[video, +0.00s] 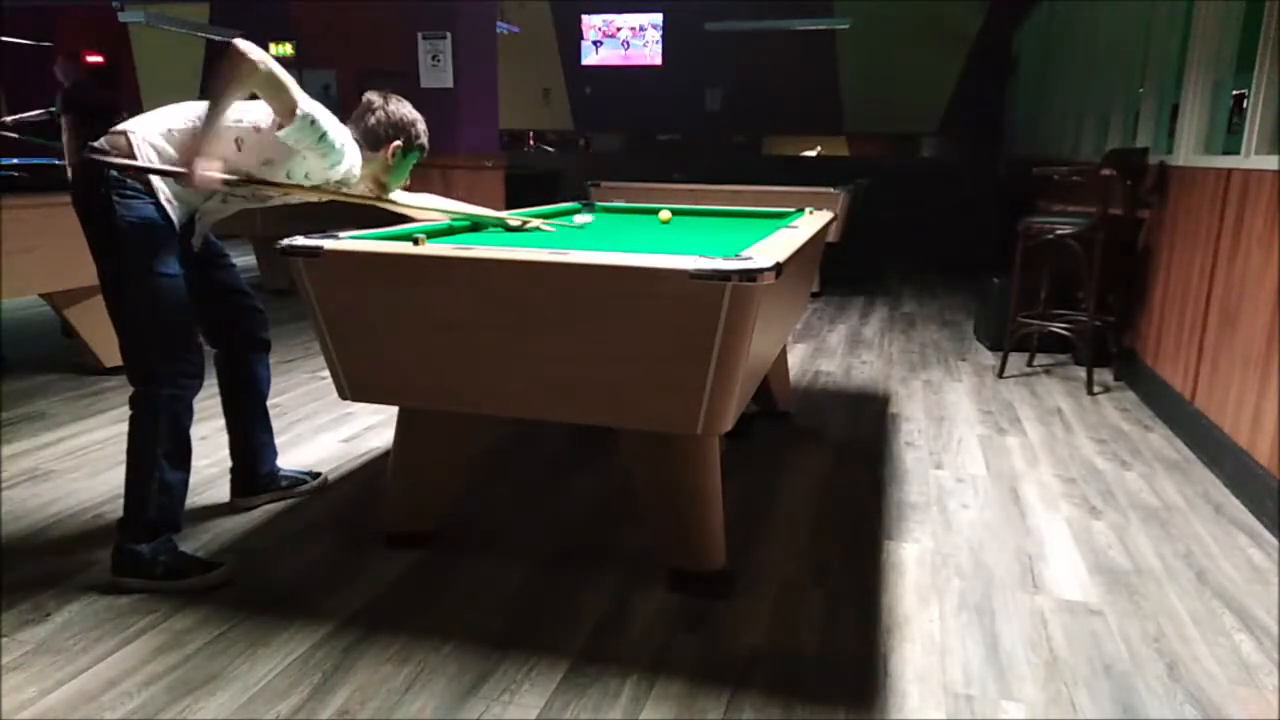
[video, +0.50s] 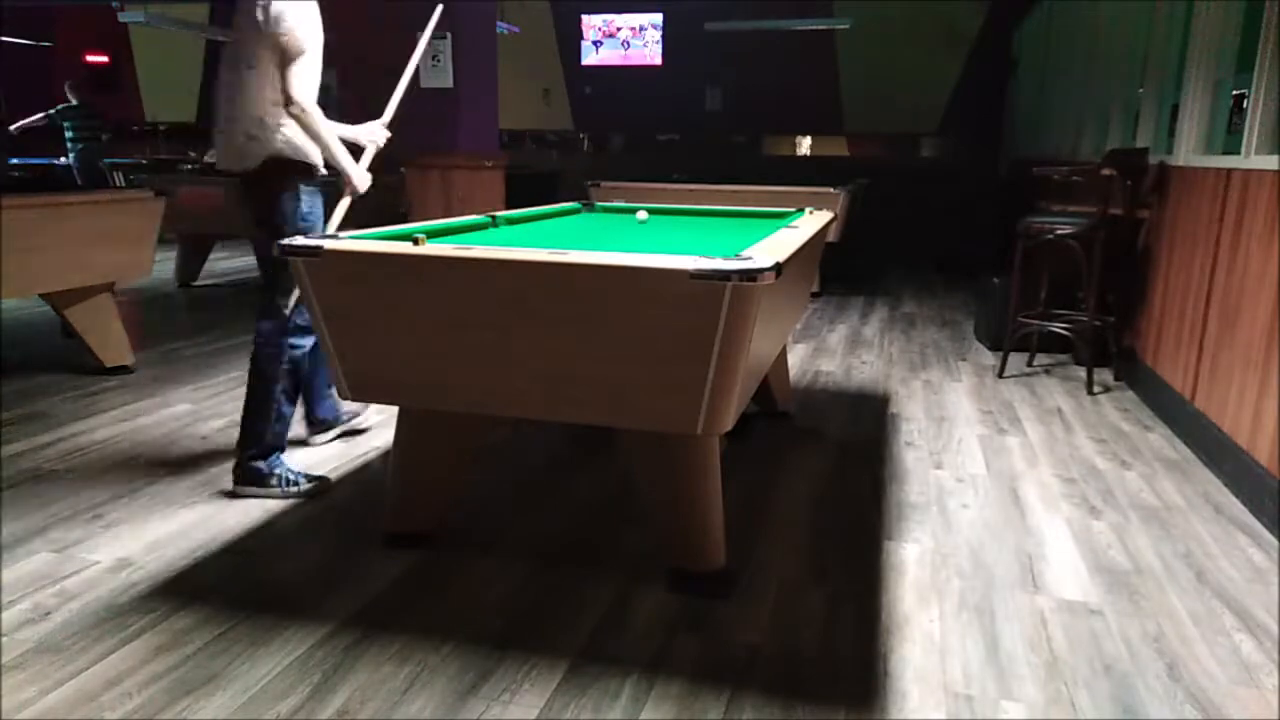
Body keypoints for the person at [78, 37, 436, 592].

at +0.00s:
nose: (405, 178)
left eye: (409, 168)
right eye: (409, 165)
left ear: (374, 137)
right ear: (394, 151)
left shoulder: (341, 168)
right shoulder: (331, 147)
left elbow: (417, 202)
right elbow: (241, 56)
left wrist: (497, 216)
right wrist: (201, 153)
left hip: (175, 200)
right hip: (127, 180)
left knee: (243, 325)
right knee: (171, 366)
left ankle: (255, 472)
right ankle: (143, 544)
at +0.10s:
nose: (406, 173)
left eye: (411, 164)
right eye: (410, 161)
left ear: (377, 133)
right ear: (395, 143)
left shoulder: (345, 169)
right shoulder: (333, 139)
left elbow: (411, 200)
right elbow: (247, 59)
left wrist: (499, 217)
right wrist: (249, 160)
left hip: (177, 201)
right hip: (127, 180)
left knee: (245, 327)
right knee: (172, 366)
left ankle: (255, 473)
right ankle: (144, 544)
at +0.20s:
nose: (391, 70)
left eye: (395, 60)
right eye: (392, 56)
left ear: (368, 40)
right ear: (373, 38)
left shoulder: (335, 92)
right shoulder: (308, 46)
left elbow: (401, 154)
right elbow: (197, 72)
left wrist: (482, 196)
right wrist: (226, 176)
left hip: (204, 183)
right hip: (161, 167)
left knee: (263, 330)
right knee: (178, 356)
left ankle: (256, 473)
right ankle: (147, 539)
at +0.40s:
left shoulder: (265, 18)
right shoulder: (249, 5)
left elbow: (267, 106)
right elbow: (239, 84)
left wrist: (342, 135)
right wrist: (297, 169)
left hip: (251, 165)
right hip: (241, 166)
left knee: (266, 319)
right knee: (285, 323)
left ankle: (264, 452)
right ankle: (259, 463)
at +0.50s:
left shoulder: (261, 12)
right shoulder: (299, 11)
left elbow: (282, 107)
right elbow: (299, 101)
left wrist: (354, 132)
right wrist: (348, 167)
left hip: (265, 168)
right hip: (288, 169)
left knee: (306, 303)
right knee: (290, 314)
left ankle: (324, 411)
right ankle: (259, 461)